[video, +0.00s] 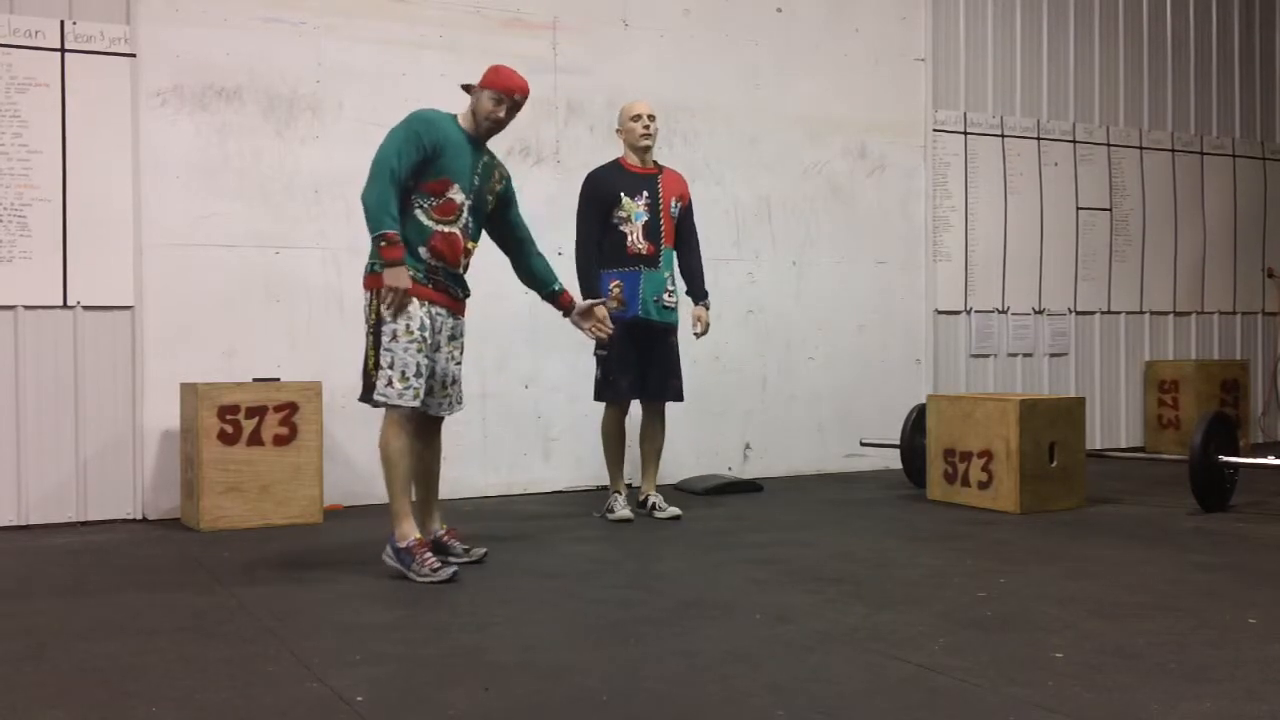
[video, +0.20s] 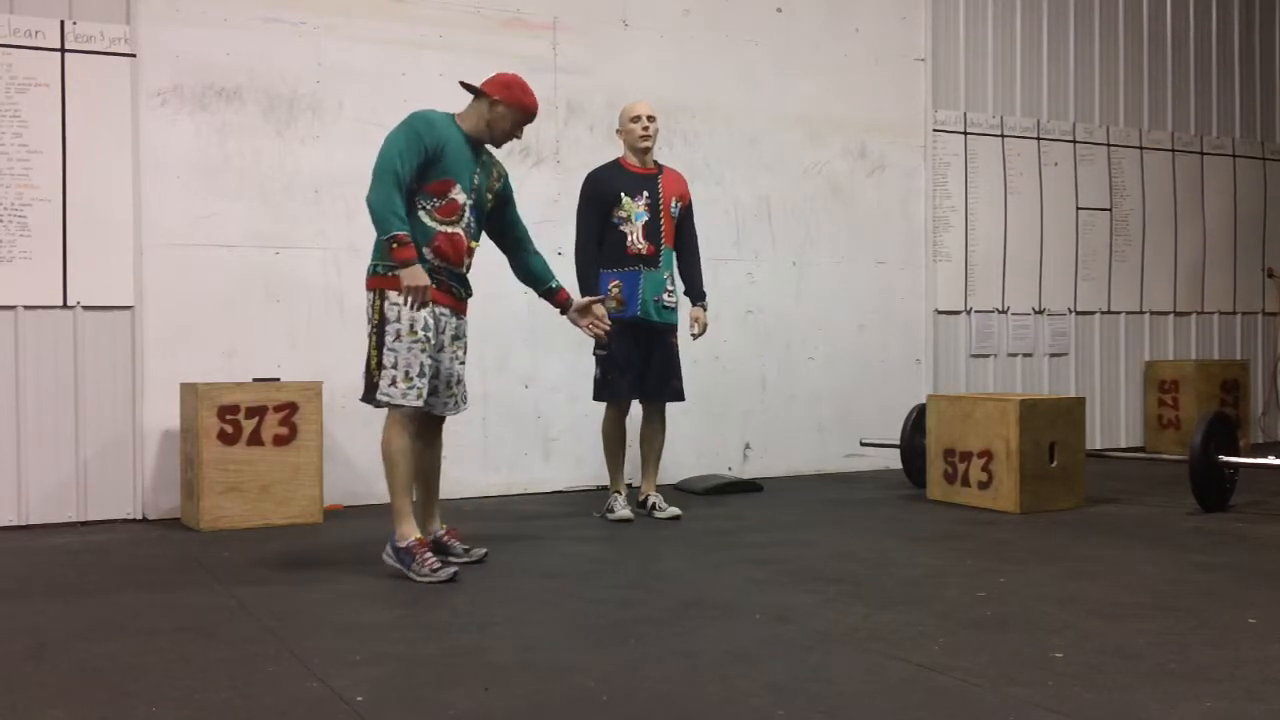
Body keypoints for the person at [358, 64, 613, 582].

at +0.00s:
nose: (502, 110)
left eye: (511, 106)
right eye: (496, 98)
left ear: (516, 116)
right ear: (473, 93)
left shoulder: (493, 177)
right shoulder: (427, 127)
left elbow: (522, 249)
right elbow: (379, 185)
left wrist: (571, 307)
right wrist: (393, 259)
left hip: (447, 301)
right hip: (405, 290)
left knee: (430, 415)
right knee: (402, 411)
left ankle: (430, 530)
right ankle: (403, 538)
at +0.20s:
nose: (517, 136)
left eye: (522, 128)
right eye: (517, 124)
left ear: (500, 111)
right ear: (493, 104)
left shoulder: (491, 174)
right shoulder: (424, 128)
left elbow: (518, 246)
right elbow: (382, 191)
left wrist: (568, 304)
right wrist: (406, 260)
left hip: (448, 301)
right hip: (406, 289)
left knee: (432, 415)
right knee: (405, 410)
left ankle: (430, 530)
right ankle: (404, 538)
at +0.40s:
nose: (516, 139)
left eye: (521, 132)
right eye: (518, 128)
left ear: (502, 113)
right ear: (497, 107)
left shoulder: (489, 173)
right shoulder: (426, 128)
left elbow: (514, 248)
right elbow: (388, 193)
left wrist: (564, 304)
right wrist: (409, 264)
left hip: (447, 299)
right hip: (406, 289)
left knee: (431, 414)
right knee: (405, 410)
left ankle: (430, 530)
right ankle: (404, 538)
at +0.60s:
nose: (515, 139)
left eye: (520, 132)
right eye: (517, 128)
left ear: (499, 113)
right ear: (499, 111)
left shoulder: (486, 172)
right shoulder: (427, 128)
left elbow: (504, 249)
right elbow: (388, 195)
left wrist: (547, 308)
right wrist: (409, 265)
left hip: (446, 301)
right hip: (406, 292)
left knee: (431, 415)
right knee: (405, 411)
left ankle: (428, 529)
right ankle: (403, 538)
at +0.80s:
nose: (515, 136)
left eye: (519, 128)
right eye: (515, 125)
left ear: (495, 112)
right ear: (496, 109)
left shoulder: (486, 173)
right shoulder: (424, 129)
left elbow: (494, 250)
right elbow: (389, 197)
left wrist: (528, 312)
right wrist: (411, 268)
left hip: (447, 303)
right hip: (406, 292)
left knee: (431, 416)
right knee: (406, 412)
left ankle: (429, 529)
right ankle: (403, 538)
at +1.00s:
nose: (511, 131)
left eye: (514, 123)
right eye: (510, 120)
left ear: (491, 108)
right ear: (489, 104)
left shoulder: (482, 168)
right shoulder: (418, 132)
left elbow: (490, 246)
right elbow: (388, 205)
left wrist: (520, 309)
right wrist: (412, 271)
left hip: (450, 303)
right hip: (407, 295)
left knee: (433, 417)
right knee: (408, 413)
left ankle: (430, 530)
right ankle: (403, 540)